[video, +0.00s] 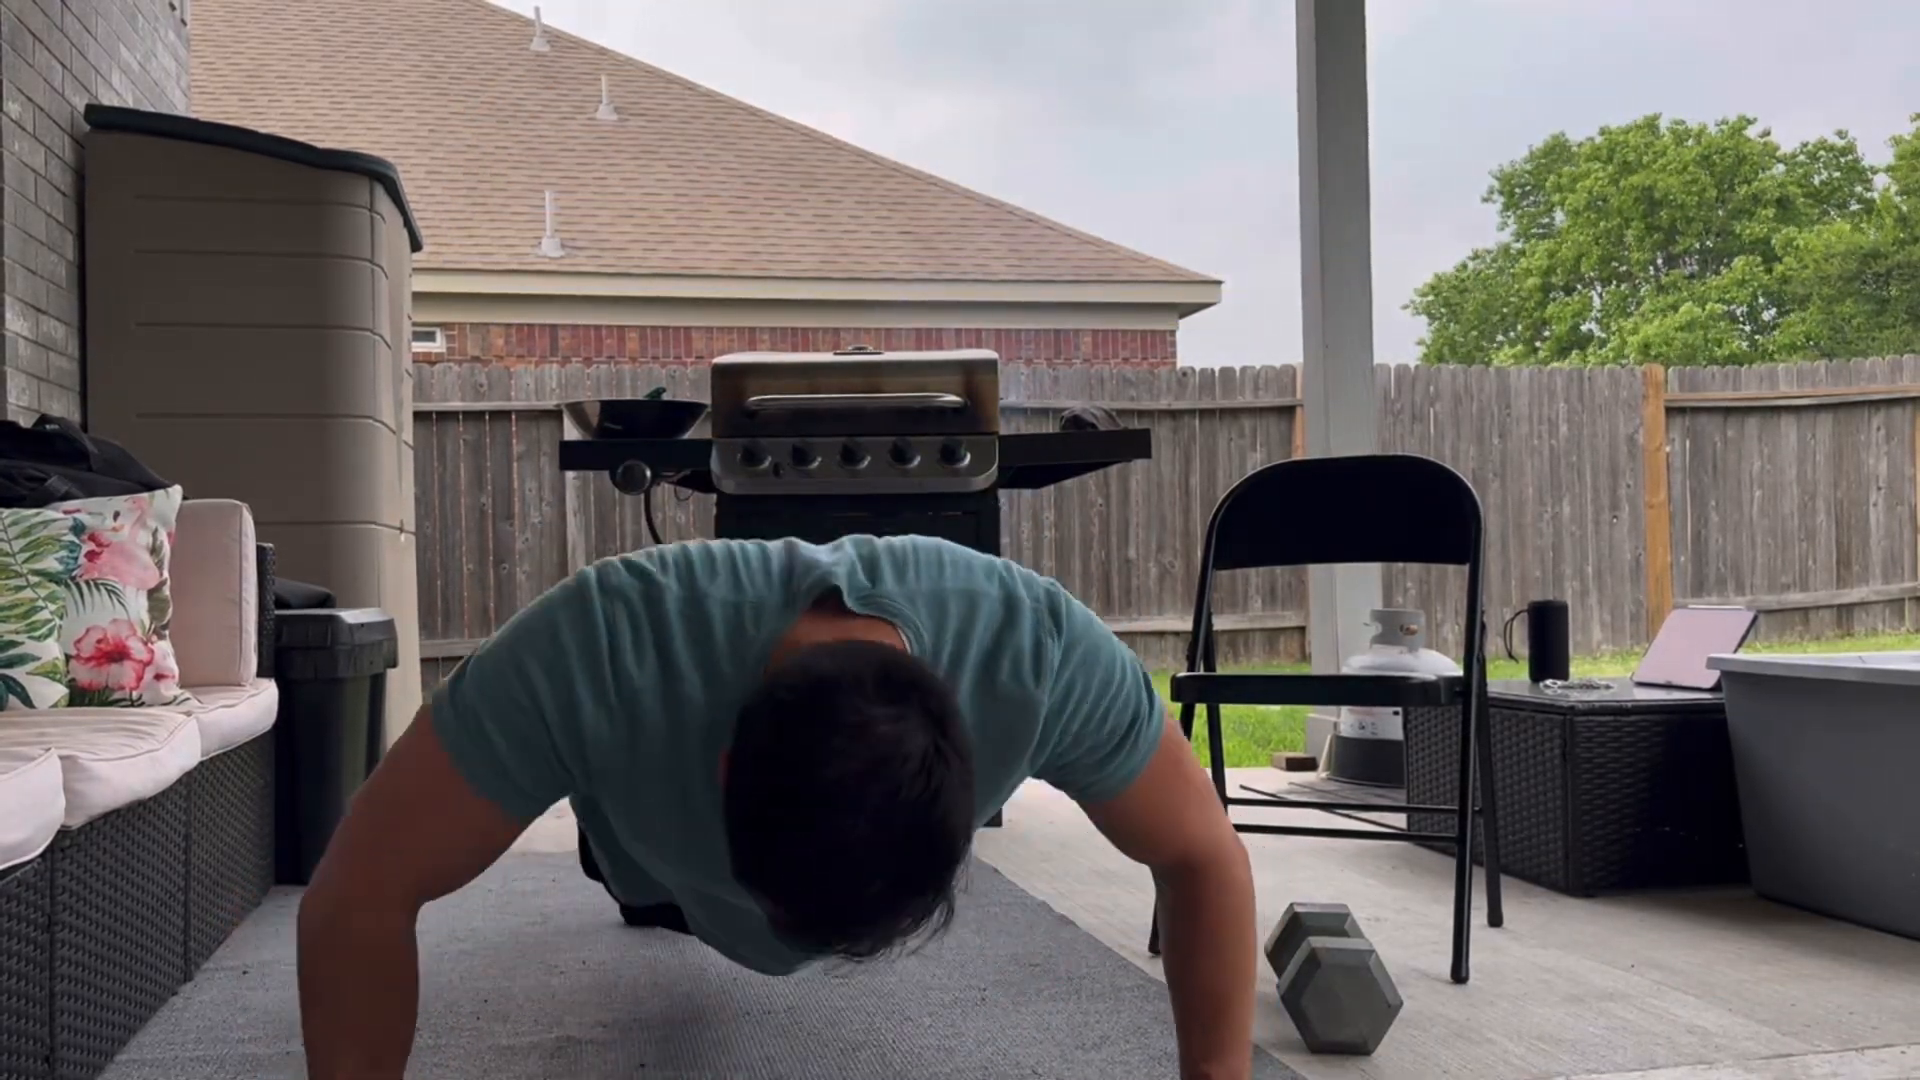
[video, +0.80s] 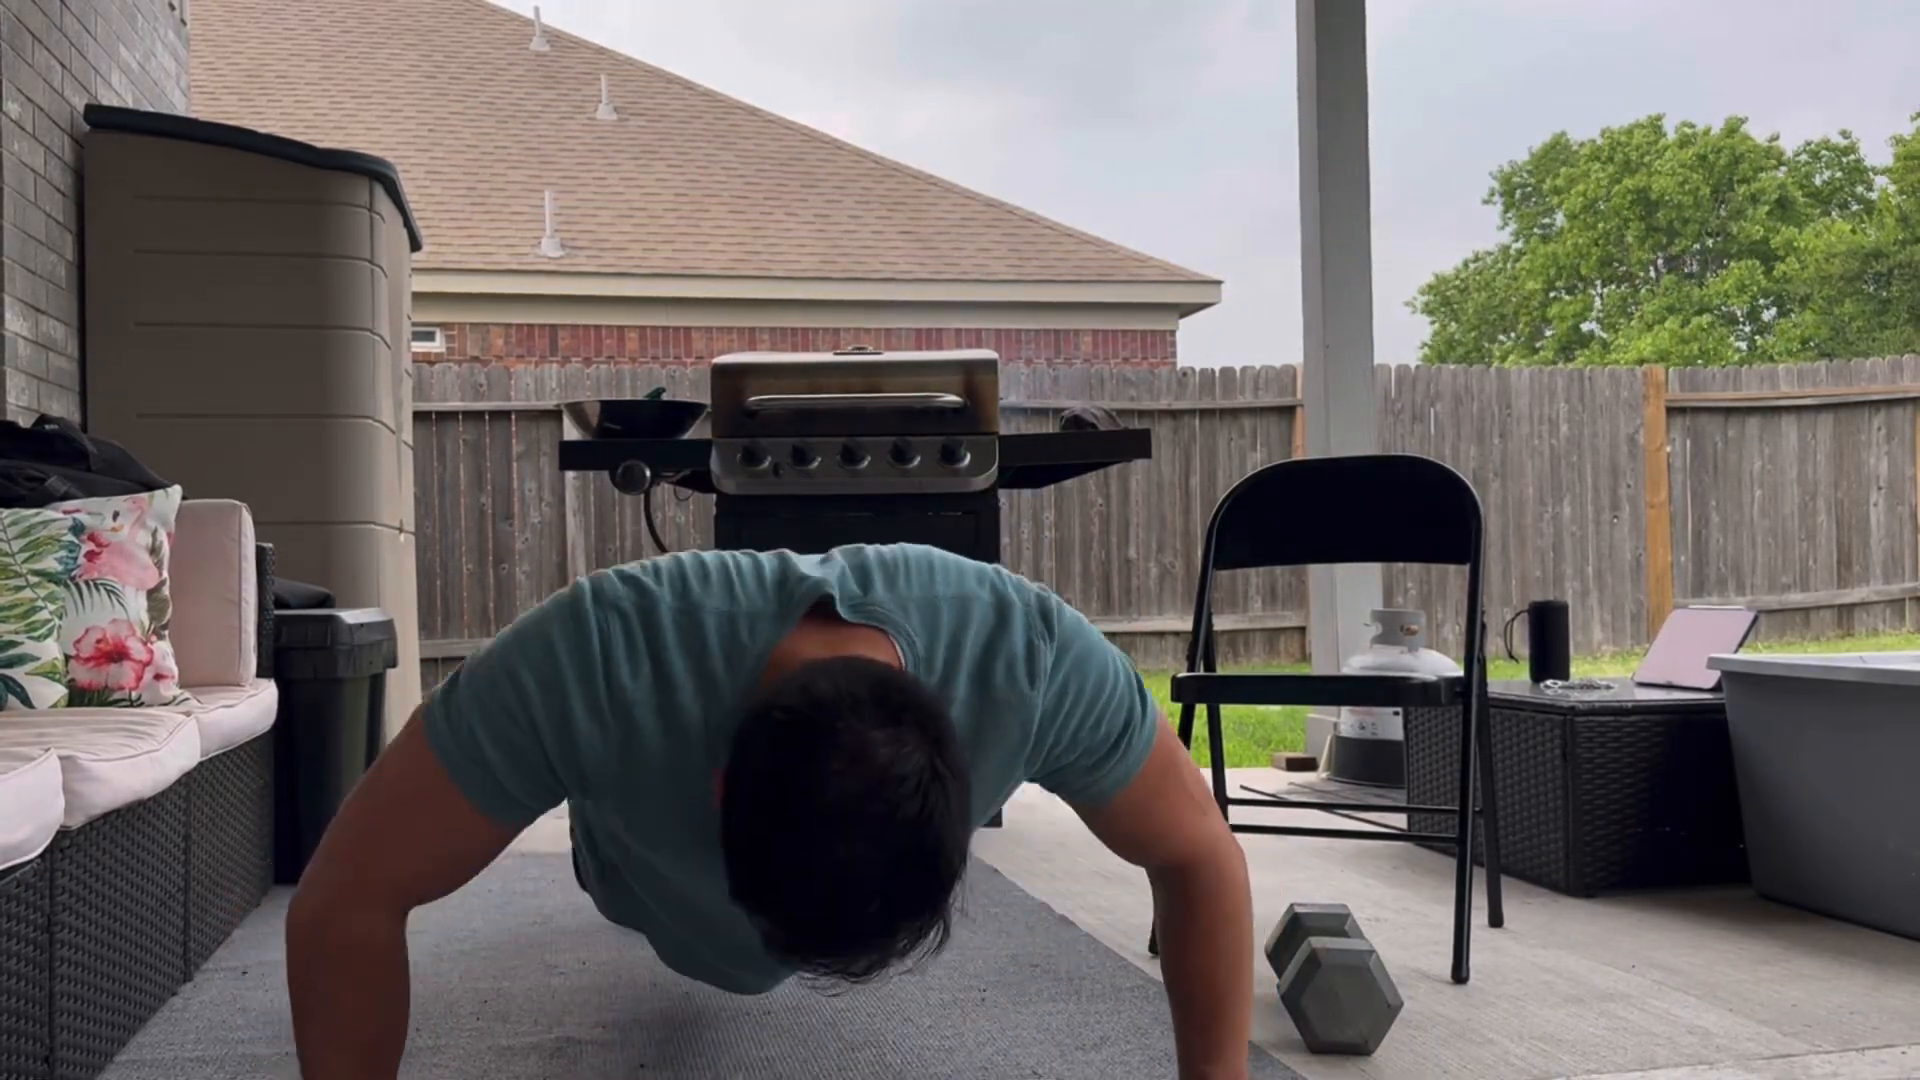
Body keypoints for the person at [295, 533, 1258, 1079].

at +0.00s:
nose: (821, 949)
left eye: (868, 934)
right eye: (789, 927)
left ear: (961, 806)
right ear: (726, 768)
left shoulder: (1040, 655)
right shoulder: (595, 648)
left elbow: (1203, 863)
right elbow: (358, 898)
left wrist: (1216, 1071)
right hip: (658, 818)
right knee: (655, 878)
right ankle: (636, 867)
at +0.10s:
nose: (821, 884)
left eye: (855, 873)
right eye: (795, 850)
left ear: (953, 751)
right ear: (729, 713)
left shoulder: (1033, 614)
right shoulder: (597, 606)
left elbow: (1181, 850)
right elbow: (370, 882)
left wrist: (1213, 1074)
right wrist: (357, 1072)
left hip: (817, 866)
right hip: (641, 801)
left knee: (771, 941)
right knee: (644, 883)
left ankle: (687, 896)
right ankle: (636, 883)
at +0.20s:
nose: (827, 1004)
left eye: (873, 992)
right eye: (790, 971)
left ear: (966, 839)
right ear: (731, 830)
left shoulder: (1038, 698)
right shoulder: (590, 711)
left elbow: (1208, 867)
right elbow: (325, 909)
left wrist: (1215, 1072)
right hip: (662, 881)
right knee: (682, 943)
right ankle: (628, 894)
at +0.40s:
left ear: (930, 1035)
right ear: (742, 1031)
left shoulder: (1042, 875)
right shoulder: (596, 898)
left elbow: (1245, 867)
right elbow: (277, 927)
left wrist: (1224, 1070)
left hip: (944, 817)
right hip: (695, 825)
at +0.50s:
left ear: (922, 1054)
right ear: (746, 1053)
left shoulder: (1041, 896)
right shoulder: (612, 936)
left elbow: (1245, 865)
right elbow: (279, 926)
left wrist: (1227, 1072)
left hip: (919, 814)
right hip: (682, 826)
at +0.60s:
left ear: (939, 1024)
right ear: (743, 1025)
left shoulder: (1043, 858)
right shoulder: (602, 887)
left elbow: (1242, 869)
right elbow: (281, 926)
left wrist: (1223, 1077)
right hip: (665, 818)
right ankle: (448, 802)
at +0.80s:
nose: (812, 961)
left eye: (863, 946)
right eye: (778, 934)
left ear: (957, 807)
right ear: (723, 786)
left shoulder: (1039, 664)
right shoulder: (589, 660)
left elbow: (1201, 863)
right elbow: (347, 903)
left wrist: (1214, 1069)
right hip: (674, 871)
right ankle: (625, 839)